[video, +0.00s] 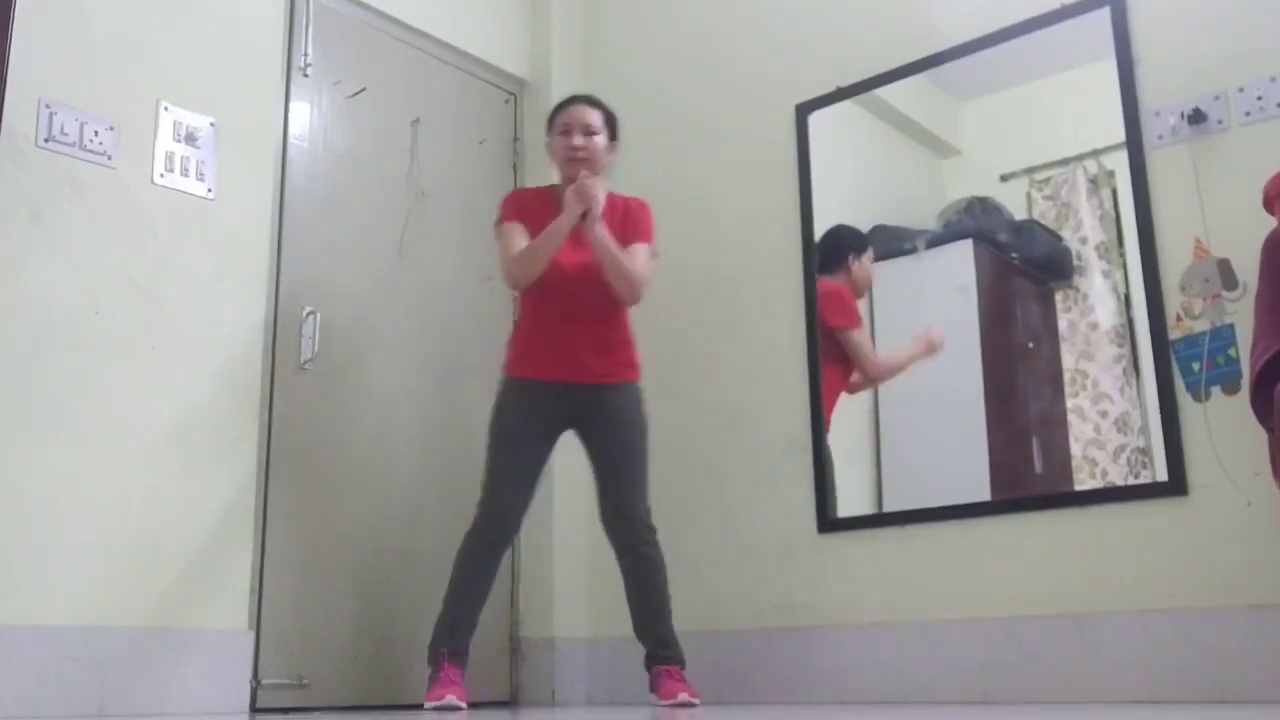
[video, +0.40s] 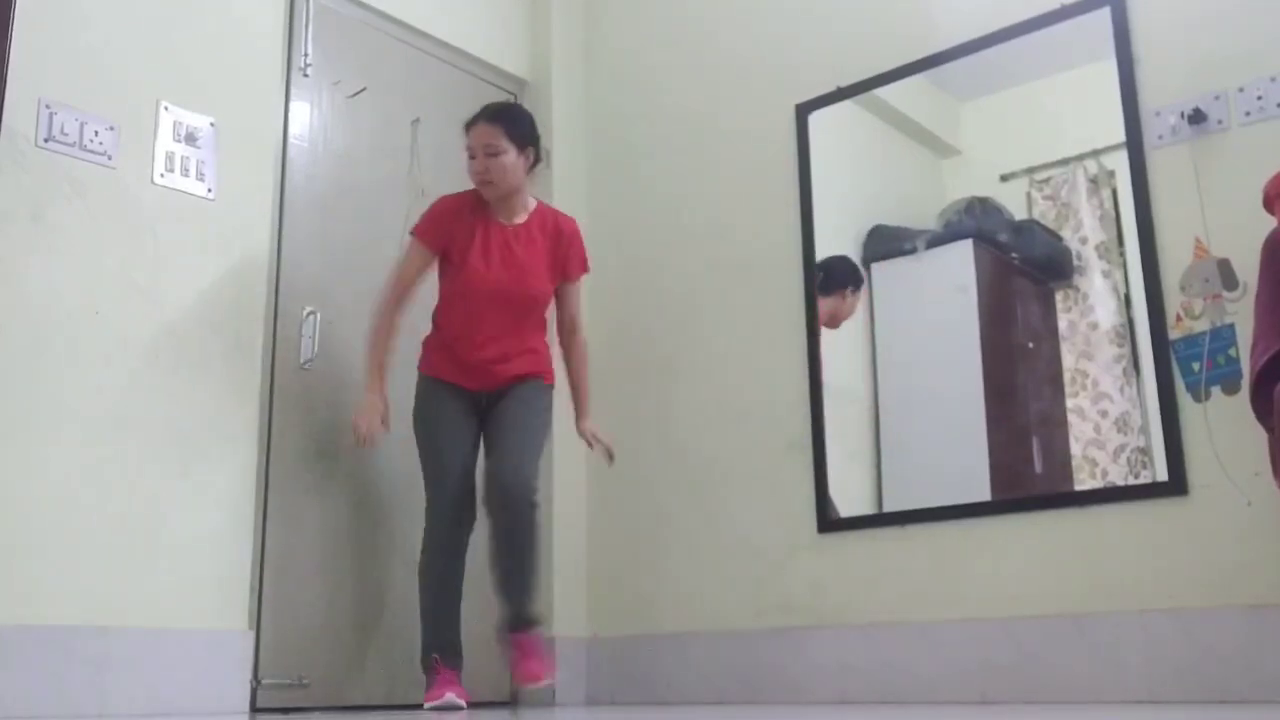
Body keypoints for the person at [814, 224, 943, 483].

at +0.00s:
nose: (872, 273)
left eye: (872, 263)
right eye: (869, 263)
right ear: (851, 262)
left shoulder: (823, 294)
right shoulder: (832, 292)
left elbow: (851, 383)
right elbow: (874, 369)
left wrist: (914, 353)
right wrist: (921, 348)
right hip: (807, 435)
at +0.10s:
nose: (865, 285)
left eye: (865, 275)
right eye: (863, 274)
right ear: (848, 273)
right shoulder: (826, 305)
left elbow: (844, 391)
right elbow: (848, 390)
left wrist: (914, 392)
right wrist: (916, 391)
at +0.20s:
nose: (857, 299)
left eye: (860, 291)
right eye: (858, 289)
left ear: (818, 279)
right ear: (844, 283)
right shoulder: (820, 316)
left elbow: (827, 396)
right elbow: (827, 394)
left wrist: (871, 453)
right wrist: (874, 455)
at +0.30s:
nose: (852, 309)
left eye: (855, 300)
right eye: (854, 299)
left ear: (820, 287)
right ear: (844, 292)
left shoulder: (813, 329)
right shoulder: (814, 332)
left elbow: (810, 425)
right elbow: (809, 425)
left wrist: (824, 500)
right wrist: (825, 501)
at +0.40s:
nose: (853, 310)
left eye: (857, 302)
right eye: (856, 301)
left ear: (821, 286)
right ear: (846, 293)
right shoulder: (808, 336)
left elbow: (810, 428)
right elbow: (808, 429)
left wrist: (824, 502)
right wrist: (825, 504)